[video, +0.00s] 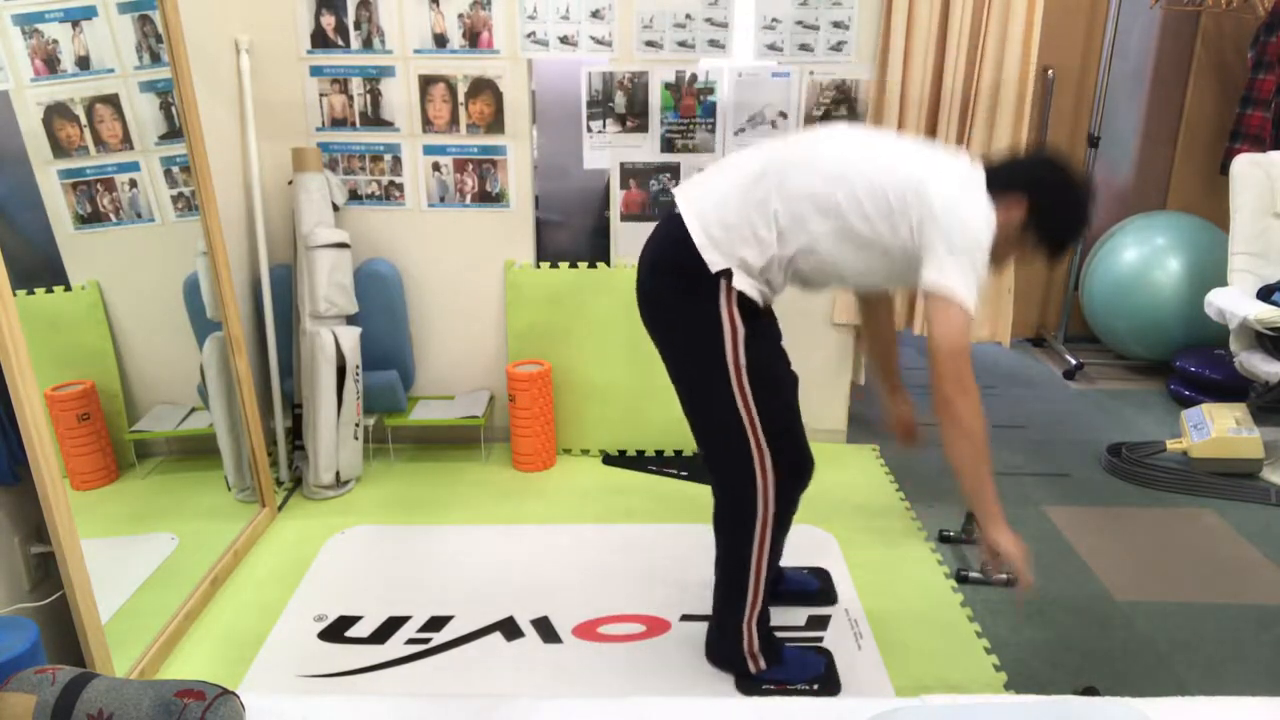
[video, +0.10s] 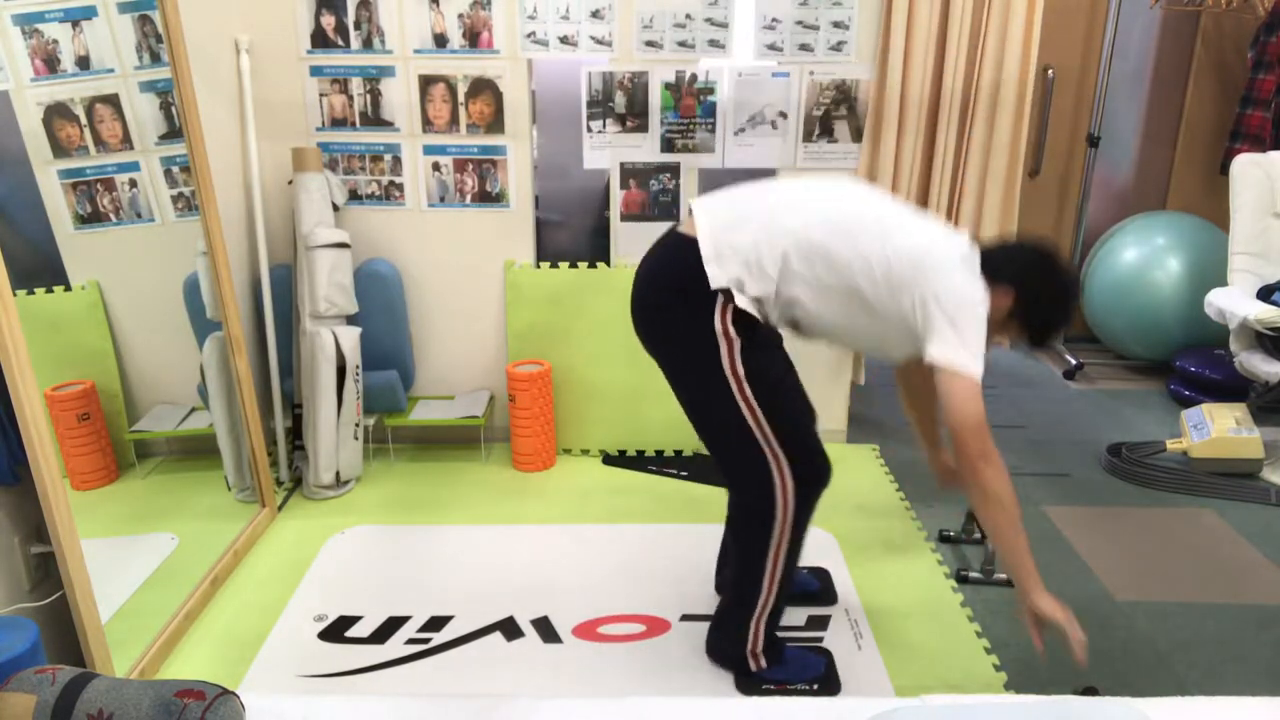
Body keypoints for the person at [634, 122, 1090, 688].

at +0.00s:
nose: (1010, 257)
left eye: (1024, 250)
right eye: (1024, 244)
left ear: (1007, 196)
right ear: (1015, 210)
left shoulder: (942, 176)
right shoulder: (963, 211)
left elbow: (873, 288)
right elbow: (953, 383)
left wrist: (895, 396)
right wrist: (992, 522)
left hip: (726, 261)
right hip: (704, 266)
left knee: (786, 459)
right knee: (761, 469)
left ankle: (751, 574)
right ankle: (743, 650)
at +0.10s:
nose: (998, 344)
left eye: (1007, 340)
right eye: (1008, 335)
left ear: (1000, 281)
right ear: (1005, 300)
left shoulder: (941, 259)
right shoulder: (959, 289)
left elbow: (916, 372)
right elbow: (977, 461)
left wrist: (938, 454)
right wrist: (1032, 588)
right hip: (699, 287)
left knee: (796, 459)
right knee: (788, 475)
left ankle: (752, 578)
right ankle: (745, 650)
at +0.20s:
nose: (985, 390)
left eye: (994, 383)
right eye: (997, 380)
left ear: (985, 329)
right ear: (992, 350)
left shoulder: (930, 304)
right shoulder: (949, 329)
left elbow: (933, 425)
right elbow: (982, 496)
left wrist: (973, 508)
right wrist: (1049, 625)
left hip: (707, 287)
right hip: (698, 304)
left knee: (808, 456)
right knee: (808, 483)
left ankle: (748, 577)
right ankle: (748, 649)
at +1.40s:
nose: (1024, 427)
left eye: (1034, 424)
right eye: (1035, 418)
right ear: (1033, 385)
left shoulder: (966, 334)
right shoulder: (998, 368)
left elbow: (943, 414)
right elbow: (1033, 538)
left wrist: (964, 489)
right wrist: (1079, 657)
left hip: (724, 290)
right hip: (744, 310)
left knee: (805, 461)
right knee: (846, 491)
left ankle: (750, 575)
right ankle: (748, 640)